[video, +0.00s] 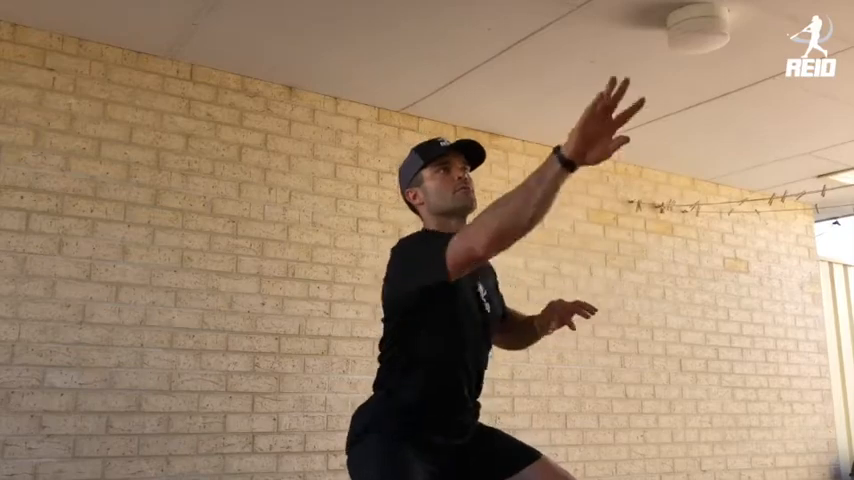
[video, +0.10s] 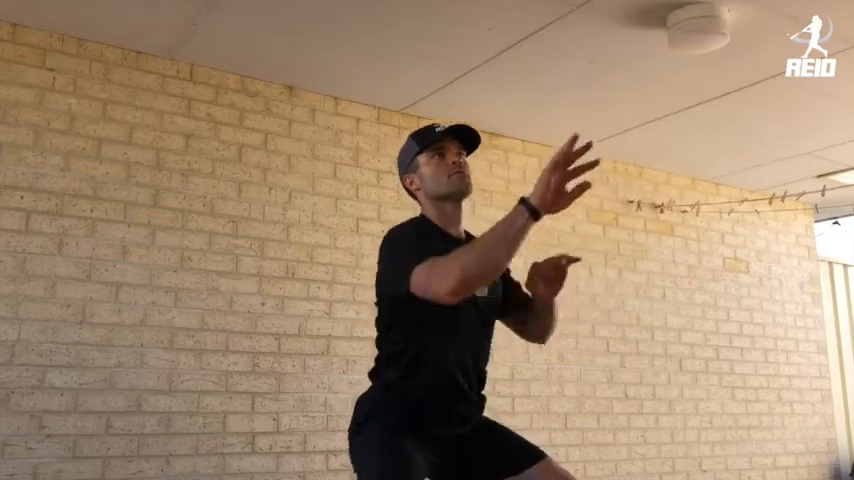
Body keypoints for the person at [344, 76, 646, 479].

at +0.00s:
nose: (462, 175)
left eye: (464, 168)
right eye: (444, 169)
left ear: (472, 182)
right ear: (415, 197)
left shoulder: (477, 265)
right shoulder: (411, 257)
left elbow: (501, 328)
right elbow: (482, 241)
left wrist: (540, 324)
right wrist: (568, 156)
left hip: (461, 436)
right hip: (396, 439)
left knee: (557, 476)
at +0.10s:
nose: (457, 160)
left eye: (461, 154)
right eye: (439, 154)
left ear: (470, 170)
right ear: (413, 183)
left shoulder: (484, 257)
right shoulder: (403, 241)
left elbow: (536, 330)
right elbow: (446, 283)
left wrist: (543, 298)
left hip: (463, 425)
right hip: (396, 425)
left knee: (557, 476)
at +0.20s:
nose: (443, 149)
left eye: (447, 143)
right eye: (424, 144)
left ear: (455, 160)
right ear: (401, 175)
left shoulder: (484, 237)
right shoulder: (381, 245)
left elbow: (575, 282)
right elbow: (388, 333)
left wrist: (537, 236)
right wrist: (464, 264)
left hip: (464, 414)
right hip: (395, 414)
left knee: (556, 476)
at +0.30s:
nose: (423, 142)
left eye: (428, 137)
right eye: (404, 139)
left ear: (437, 155)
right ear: (381, 170)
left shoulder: (476, 223)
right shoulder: (361, 247)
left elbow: (568, 209)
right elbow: (340, 354)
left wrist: (526, 154)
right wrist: (396, 305)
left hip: (465, 408)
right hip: (389, 411)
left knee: (554, 475)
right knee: (378, 475)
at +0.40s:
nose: (408, 140)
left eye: (413, 134)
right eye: (388, 137)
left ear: (425, 154)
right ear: (365, 169)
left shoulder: (465, 212)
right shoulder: (347, 251)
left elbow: (534, 156)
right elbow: (313, 357)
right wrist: (349, 324)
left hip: (460, 408)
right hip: (383, 411)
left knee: (547, 475)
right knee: (365, 476)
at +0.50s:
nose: (406, 136)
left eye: (411, 131)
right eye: (387, 131)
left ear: (422, 152)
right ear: (362, 162)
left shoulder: (460, 209)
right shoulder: (343, 247)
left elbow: (530, 158)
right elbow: (307, 354)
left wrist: (581, 75)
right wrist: (340, 317)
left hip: (454, 404)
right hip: (379, 405)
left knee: (543, 475)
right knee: (360, 475)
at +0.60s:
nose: (413, 130)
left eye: (417, 125)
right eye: (394, 126)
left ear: (426, 144)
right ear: (368, 156)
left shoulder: (467, 212)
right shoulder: (346, 238)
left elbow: (564, 218)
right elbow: (316, 340)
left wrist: (561, 161)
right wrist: (372, 287)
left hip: (454, 400)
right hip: (378, 403)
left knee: (542, 476)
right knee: (362, 475)